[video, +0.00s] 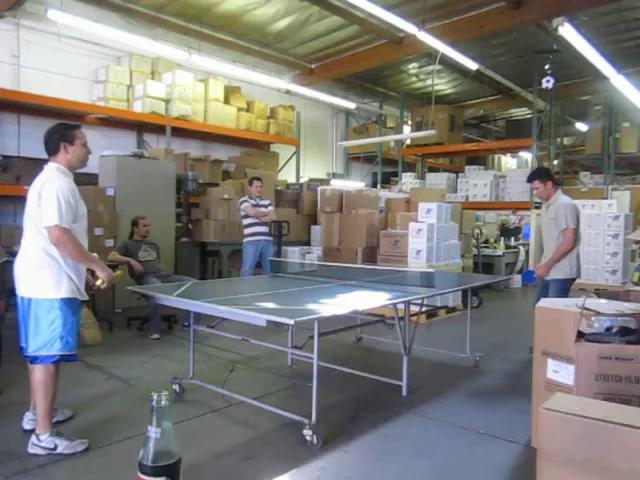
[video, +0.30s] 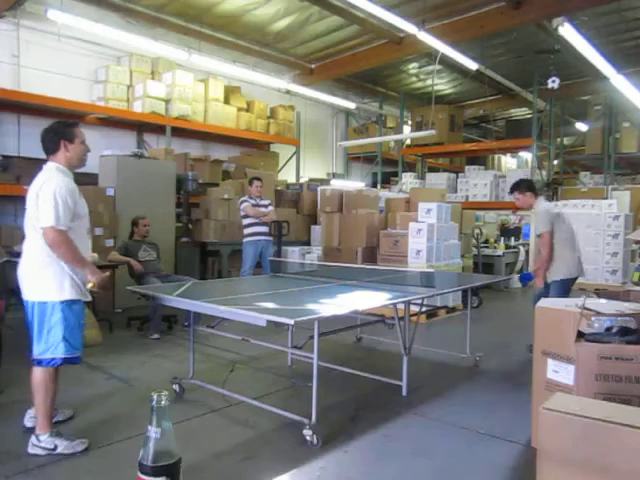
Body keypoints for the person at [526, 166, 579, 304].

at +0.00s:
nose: (535, 193)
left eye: (537, 189)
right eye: (533, 189)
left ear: (549, 184)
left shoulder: (564, 205)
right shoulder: (546, 206)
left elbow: (569, 241)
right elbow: (551, 242)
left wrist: (546, 266)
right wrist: (541, 265)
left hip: (562, 271)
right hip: (548, 271)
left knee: (553, 315)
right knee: (540, 311)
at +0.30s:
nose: (517, 203)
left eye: (518, 199)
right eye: (515, 200)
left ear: (529, 195)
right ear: (530, 196)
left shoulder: (543, 211)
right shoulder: (540, 210)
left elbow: (546, 250)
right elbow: (542, 248)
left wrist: (540, 276)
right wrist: (535, 271)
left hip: (563, 270)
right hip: (554, 270)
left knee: (552, 310)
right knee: (538, 304)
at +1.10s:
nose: (475, 202)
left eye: (477, 197)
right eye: (475, 197)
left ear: (487, 194)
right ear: (490, 195)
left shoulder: (497, 210)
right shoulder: (507, 208)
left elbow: (495, 244)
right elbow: (497, 243)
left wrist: (473, 261)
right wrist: (476, 257)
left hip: (514, 264)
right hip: (530, 263)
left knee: (488, 294)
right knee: (518, 299)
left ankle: (484, 337)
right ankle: (542, 334)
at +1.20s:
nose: (477, 197)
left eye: (479, 192)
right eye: (477, 193)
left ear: (489, 191)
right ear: (492, 191)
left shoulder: (497, 208)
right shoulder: (506, 205)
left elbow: (496, 241)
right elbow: (499, 240)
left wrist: (475, 260)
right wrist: (479, 256)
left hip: (515, 263)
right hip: (530, 261)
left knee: (490, 294)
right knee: (522, 298)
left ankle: (484, 336)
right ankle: (544, 329)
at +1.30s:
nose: (483, 194)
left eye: (485, 189)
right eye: (482, 190)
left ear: (496, 188)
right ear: (498, 189)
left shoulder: (502, 206)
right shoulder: (515, 204)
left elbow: (501, 238)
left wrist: (478, 257)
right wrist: (486, 251)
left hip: (515, 263)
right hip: (531, 262)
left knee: (491, 295)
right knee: (530, 301)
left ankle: (484, 336)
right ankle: (550, 334)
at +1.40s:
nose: (493, 193)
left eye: (496, 188)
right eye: (493, 188)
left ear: (508, 188)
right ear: (510, 189)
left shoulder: (509, 207)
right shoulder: (525, 206)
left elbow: (507, 238)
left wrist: (485, 254)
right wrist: (493, 249)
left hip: (519, 265)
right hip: (537, 265)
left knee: (494, 293)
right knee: (541, 307)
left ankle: (485, 335)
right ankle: (551, 341)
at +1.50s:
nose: (507, 194)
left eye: (510, 189)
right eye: (507, 189)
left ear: (521, 190)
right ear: (523, 190)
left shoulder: (521, 209)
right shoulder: (537, 208)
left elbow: (519, 239)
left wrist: (499, 254)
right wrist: (506, 250)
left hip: (528, 268)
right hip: (546, 268)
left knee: (500, 295)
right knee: (546, 312)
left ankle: (485, 336)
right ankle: (549, 347)